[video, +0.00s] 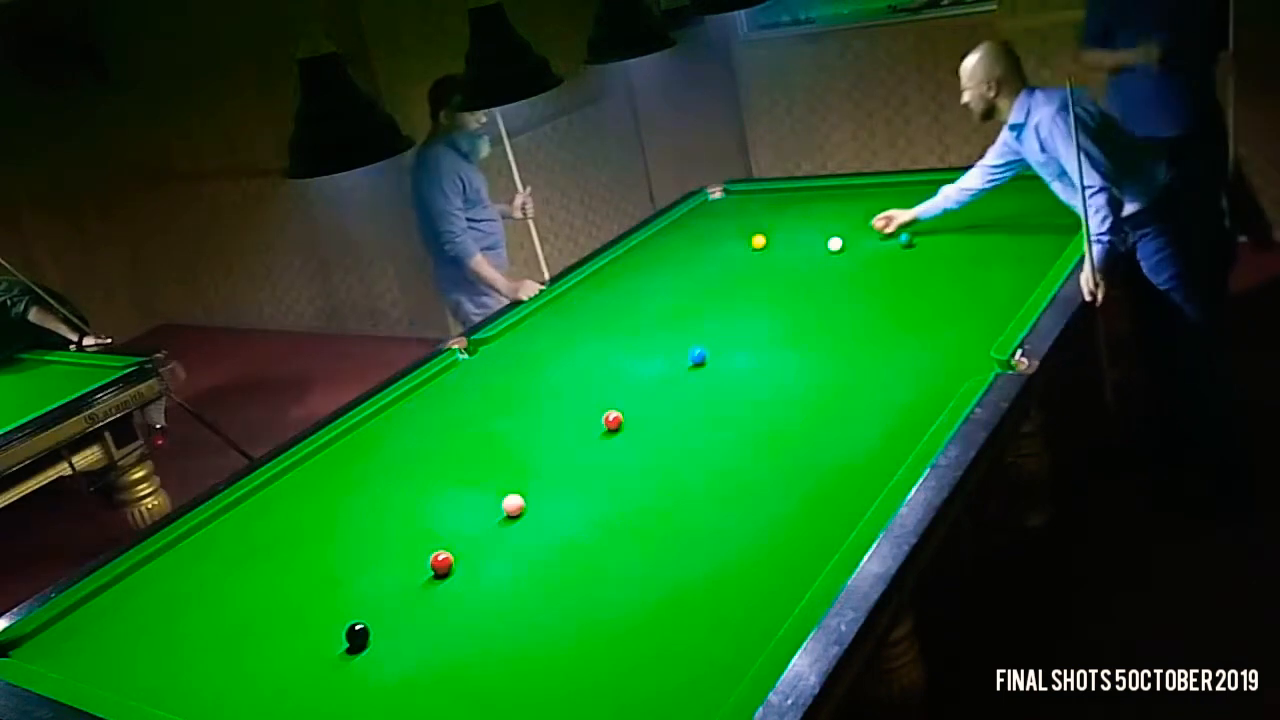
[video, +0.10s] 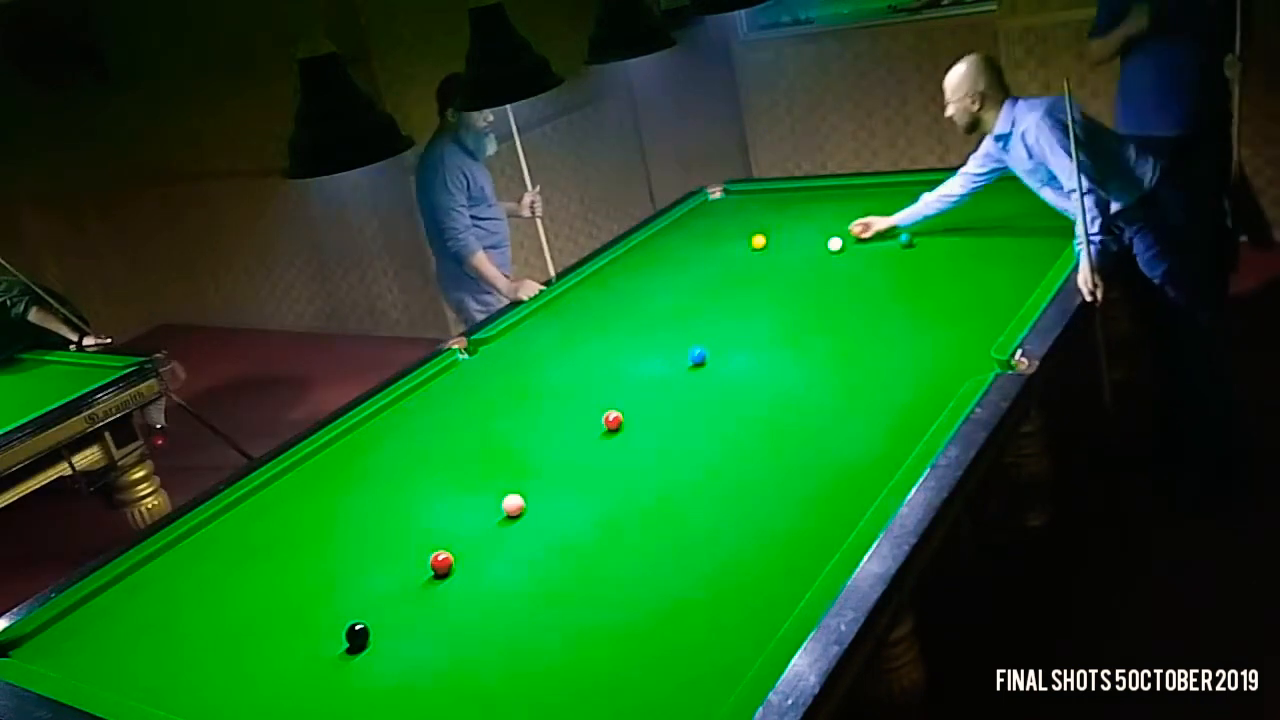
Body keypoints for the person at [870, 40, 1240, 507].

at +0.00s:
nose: (963, 98)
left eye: (967, 88)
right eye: (962, 89)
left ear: (992, 86)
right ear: (993, 86)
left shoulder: (1051, 112)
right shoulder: (1019, 130)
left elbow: (1097, 186)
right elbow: (974, 181)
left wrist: (1095, 258)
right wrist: (911, 214)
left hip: (1158, 220)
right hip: (1128, 227)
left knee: (1193, 341)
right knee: (1168, 342)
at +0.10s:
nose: (947, 114)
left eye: (952, 104)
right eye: (947, 105)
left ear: (979, 99)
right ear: (977, 100)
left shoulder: (1036, 119)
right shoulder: (1000, 143)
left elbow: (1081, 183)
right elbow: (955, 189)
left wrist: (1086, 255)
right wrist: (891, 220)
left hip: (1149, 214)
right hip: (1119, 224)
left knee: (1188, 330)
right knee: (1164, 332)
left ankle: (1208, 444)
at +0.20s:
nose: (935, 128)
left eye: (939, 117)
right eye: (934, 119)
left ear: (965, 112)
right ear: (964, 115)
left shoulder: (1025, 130)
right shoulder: (987, 155)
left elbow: (1075, 191)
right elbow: (941, 196)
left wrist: (1084, 258)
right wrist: (875, 226)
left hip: (1149, 200)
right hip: (1123, 217)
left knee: (1194, 317)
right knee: (1172, 319)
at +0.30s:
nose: (928, 138)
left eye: (931, 129)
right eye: (927, 129)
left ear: (958, 123)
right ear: (959, 125)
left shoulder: (1020, 135)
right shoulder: (981, 163)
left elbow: (1072, 195)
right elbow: (934, 201)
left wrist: (1082, 263)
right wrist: (867, 228)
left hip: (1149, 201)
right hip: (1125, 221)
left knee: (1194, 321)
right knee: (1171, 324)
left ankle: (1215, 445)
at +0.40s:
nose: (926, 144)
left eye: (929, 135)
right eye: (925, 136)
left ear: (956, 128)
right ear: (956, 129)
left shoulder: (1018, 139)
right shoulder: (979, 167)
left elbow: (1071, 196)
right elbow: (932, 205)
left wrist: (1082, 264)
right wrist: (864, 229)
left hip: (1149, 202)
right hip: (1125, 221)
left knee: (1195, 322)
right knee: (1173, 325)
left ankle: (1215, 447)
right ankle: (1195, 442)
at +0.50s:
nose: (924, 147)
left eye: (927, 138)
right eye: (923, 139)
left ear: (954, 132)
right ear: (955, 131)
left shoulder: (1015, 141)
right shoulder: (978, 168)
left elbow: (1070, 197)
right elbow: (931, 206)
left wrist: (1082, 263)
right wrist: (862, 231)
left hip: (1147, 201)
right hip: (1123, 221)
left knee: (1196, 319)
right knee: (1174, 323)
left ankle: (1216, 442)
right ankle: (1197, 438)